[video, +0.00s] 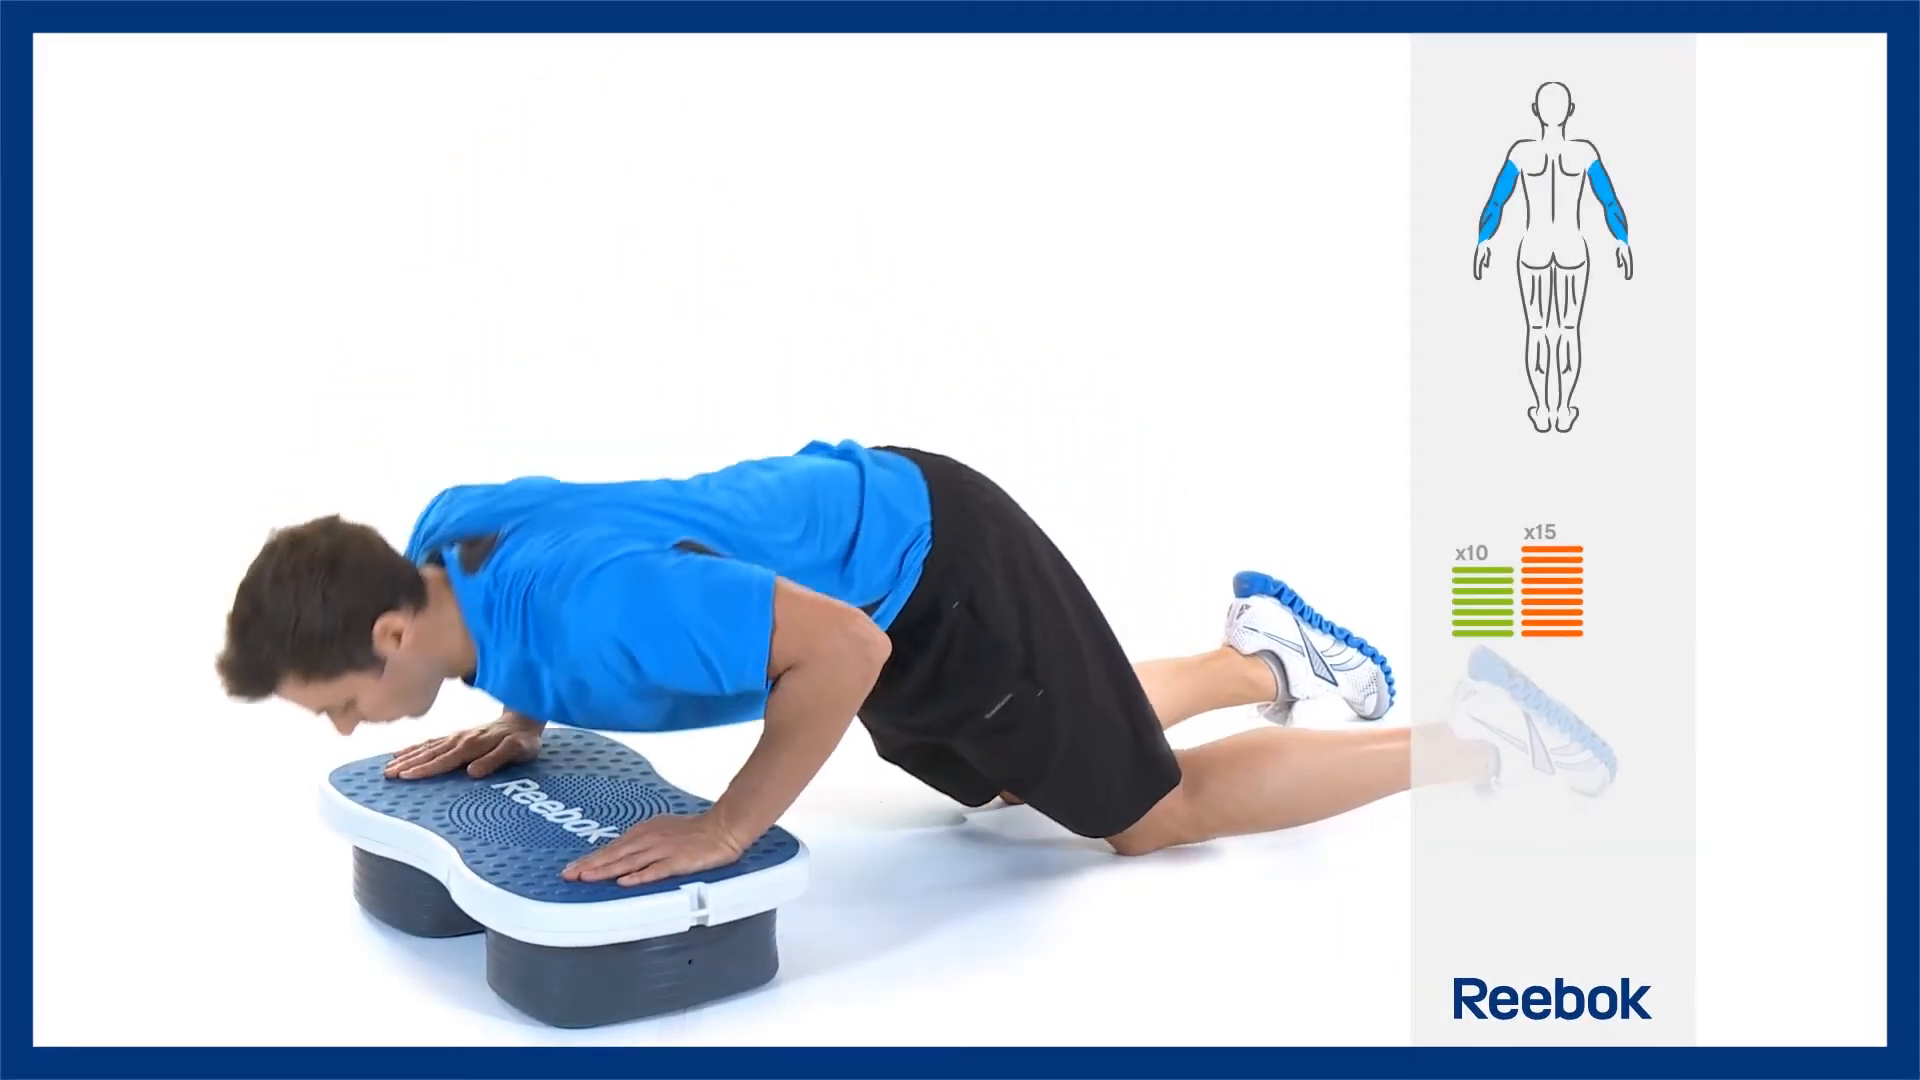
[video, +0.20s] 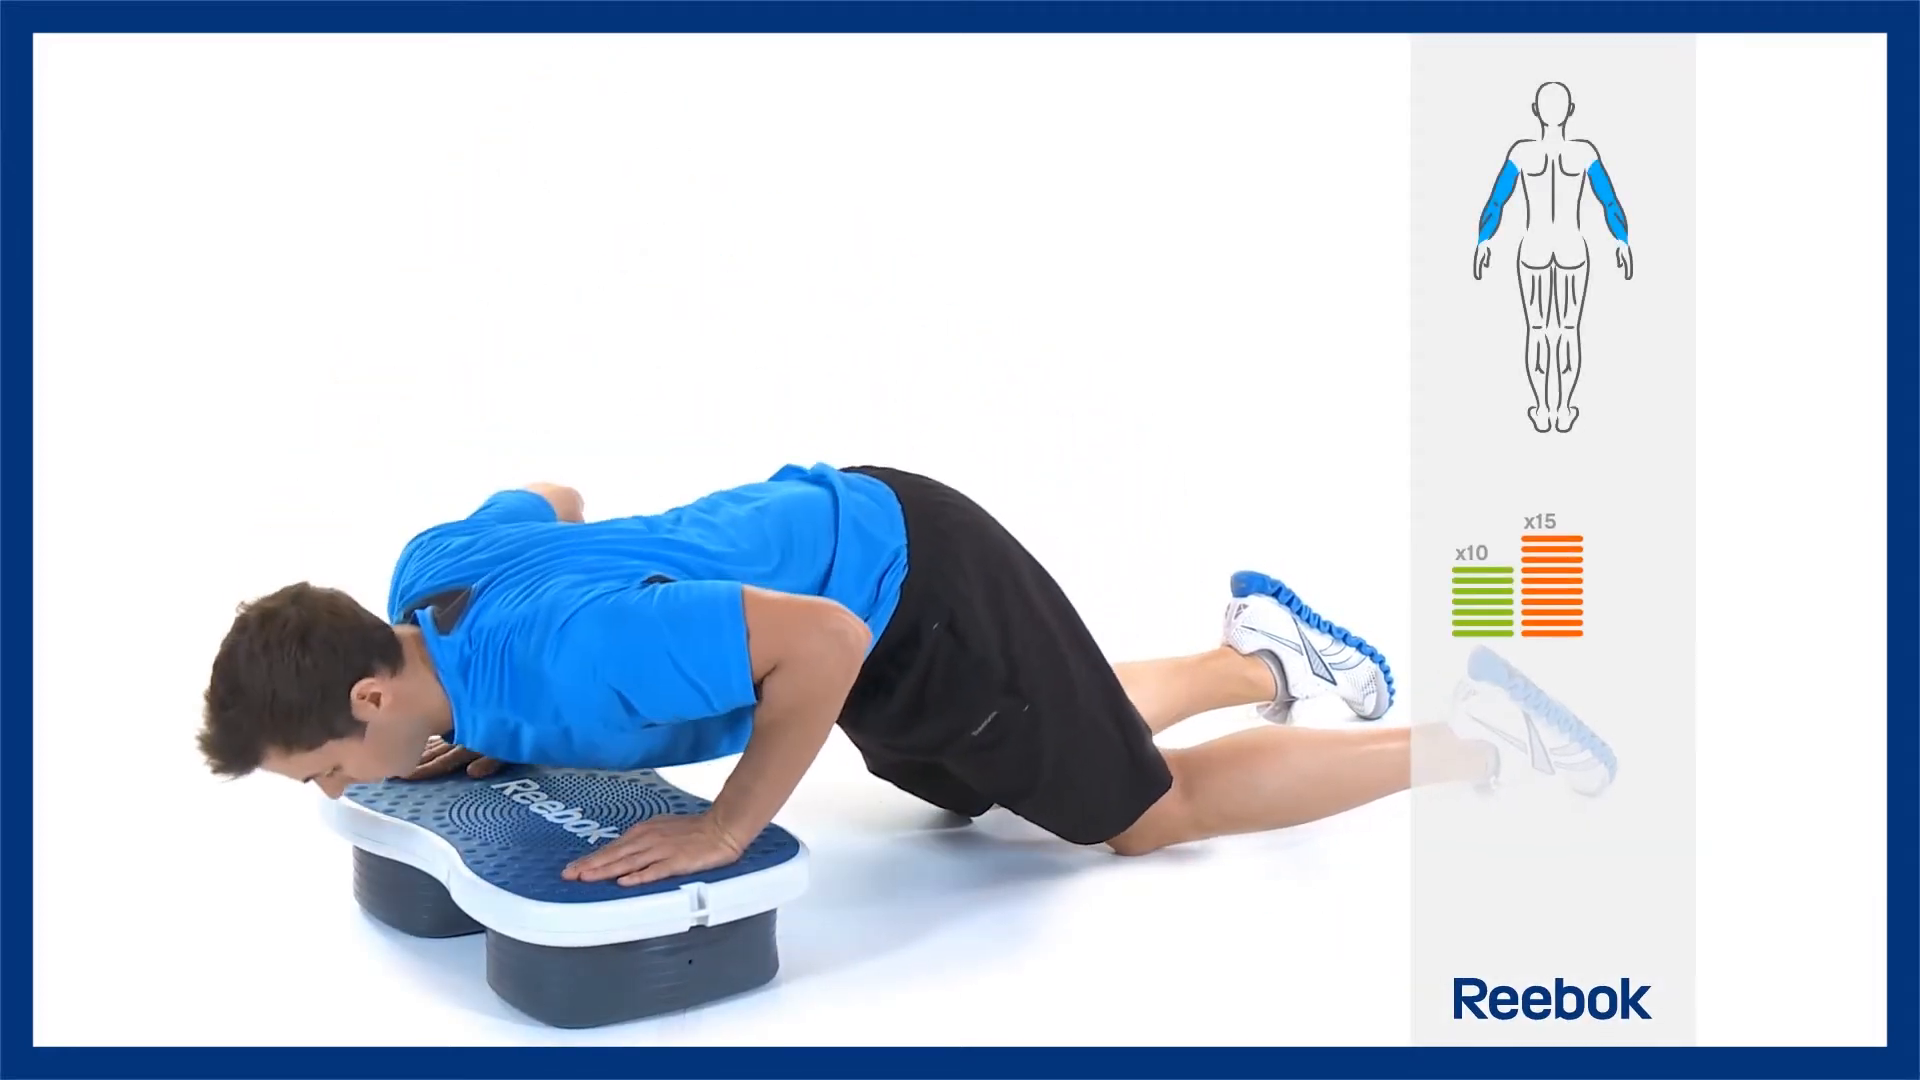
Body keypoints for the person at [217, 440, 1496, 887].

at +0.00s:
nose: (358, 727)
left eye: (348, 705)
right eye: (337, 718)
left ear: (400, 631)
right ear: (386, 615)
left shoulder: (579, 609)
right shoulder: (458, 534)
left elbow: (835, 645)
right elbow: (575, 602)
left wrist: (739, 822)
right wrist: (519, 713)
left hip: (937, 573)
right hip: (859, 602)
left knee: (1162, 807)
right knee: (1032, 761)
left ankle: (1468, 748)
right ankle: (1259, 666)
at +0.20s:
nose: (337, 798)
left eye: (323, 778)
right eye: (308, 788)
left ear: (370, 704)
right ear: (360, 673)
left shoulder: (576, 664)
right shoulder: (426, 584)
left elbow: (822, 643)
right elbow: (558, 500)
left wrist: (729, 823)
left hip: (916, 590)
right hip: (834, 625)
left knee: (1147, 809)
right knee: (1034, 757)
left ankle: (1467, 751)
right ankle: (1254, 661)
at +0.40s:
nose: (329, 811)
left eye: (317, 791)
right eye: (301, 803)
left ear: (365, 713)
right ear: (352, 679)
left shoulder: (571, 673)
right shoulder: (421, 588)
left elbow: (815, 636)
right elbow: (553, 498)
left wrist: (730, 822)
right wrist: (516, 689)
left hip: (915, 600)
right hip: (838, 628)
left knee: (1149, 809)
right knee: (1044, 756)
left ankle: (1470, 750)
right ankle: (1255, 657)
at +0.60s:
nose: (331, 778)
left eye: (317, 758)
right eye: (303, 767)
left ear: (367, 691)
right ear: (359, 664)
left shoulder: (578, 657)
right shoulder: (421, 586)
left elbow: (819, 640)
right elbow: (551, 499)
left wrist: (729, 826)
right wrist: (494, 691)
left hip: (918, 586)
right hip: (836, 629)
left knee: (1147, 809)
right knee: (1032, 758)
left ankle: (1472, 747)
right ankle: (1258, 658)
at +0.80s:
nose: (350, 674)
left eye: (336, 653)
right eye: (327, 662)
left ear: (379, 587)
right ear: (373, 561)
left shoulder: (579, 589)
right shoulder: (452, 504)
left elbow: (828, 647)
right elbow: (536, 592)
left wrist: (733, 824)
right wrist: (522, 714)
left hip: (937, 580)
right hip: (856, 583)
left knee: (1152, 808)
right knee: (1018, 751)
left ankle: (1464, 748)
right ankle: (1261, 662)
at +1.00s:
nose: (390, 518)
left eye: (388, 491)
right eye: (369, 502)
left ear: (455, 430)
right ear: (440, 431)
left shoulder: (634, 462)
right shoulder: (516, 430)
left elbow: (831, 638)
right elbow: (553, 554)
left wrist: (735, 820)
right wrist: (524, 716)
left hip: (978, 539)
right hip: (885, 583)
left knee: (1137, 805)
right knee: (1001, 762)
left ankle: (1466, 745)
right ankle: (1264, 657)